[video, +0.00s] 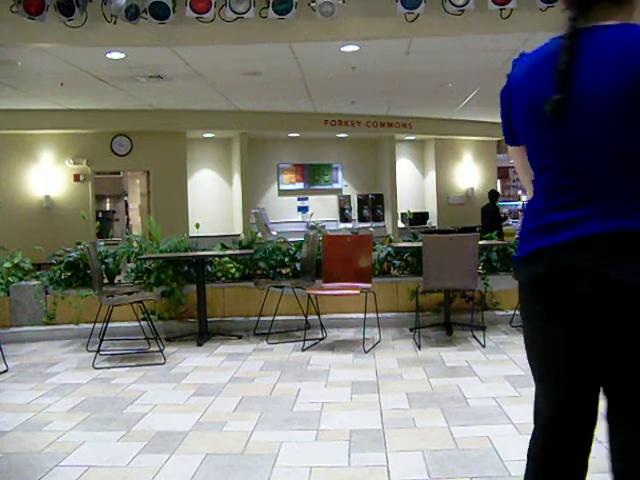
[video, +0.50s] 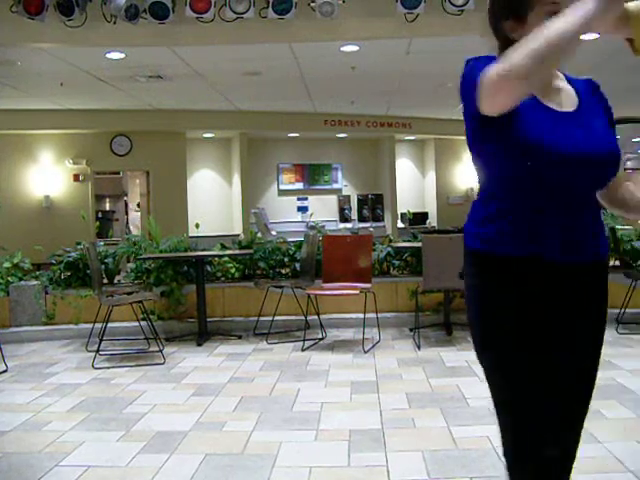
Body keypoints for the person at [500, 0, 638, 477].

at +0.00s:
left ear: (568, 1)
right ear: (632, 1)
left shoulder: (528, 71)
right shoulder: (634, 48)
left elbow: (531, 182)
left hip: (549, 263)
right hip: (632, 262)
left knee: (558, 430)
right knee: (637, 432)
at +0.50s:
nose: (567, 20)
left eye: (568, 11)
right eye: (553, 11)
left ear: (578, 25)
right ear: (514, 22)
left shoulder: (589, 94)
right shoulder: (483, 77)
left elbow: (614, 184)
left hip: (582, 271)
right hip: (506, 271)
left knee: (564, 436)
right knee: (531, 439)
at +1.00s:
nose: (471, 34)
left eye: (481, 21)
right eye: (461, 27)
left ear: (510, 28)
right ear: (457, 41)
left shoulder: (543, 81)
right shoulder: (456, 90)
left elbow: (588, 170)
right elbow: (395, 54)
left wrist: (601, 111)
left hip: (534, 269)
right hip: (467, 268)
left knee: (524, 415)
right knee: (433, 409)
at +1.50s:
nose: (382, 72)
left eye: (388, 63)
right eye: (384, 64)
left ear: (414, 62)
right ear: (420, 64)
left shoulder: (434, 102)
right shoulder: (434, 112)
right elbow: (402, 161)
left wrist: (353, 28)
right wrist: (348, 137)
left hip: (418, 279)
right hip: (438, 276)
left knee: (373, 404)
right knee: (411, 397)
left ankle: (439, 475)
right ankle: (438, 474)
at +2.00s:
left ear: (348, 66)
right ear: (395, 65)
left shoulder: (329, 106)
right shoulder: (423, 114)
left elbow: (317, 63)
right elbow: (446, 200)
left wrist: (365, 42)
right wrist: (412, 194)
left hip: (339, 257)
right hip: (405, 256)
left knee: (334, 383)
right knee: (410, 382)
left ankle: (333, 476)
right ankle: (423, 477)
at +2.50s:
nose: (341, 82)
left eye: (338, 74)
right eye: (332, 74)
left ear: (309, 81)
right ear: (306, 80)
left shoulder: (312, 129)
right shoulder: (294, 131)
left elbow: (345, 189)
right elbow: (309, 208)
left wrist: (398, 160)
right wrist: (362, 211)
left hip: (312, 266)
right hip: (300, 268)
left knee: (323, 379)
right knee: (338, 386)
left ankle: (293, 475)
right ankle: (332, 475)